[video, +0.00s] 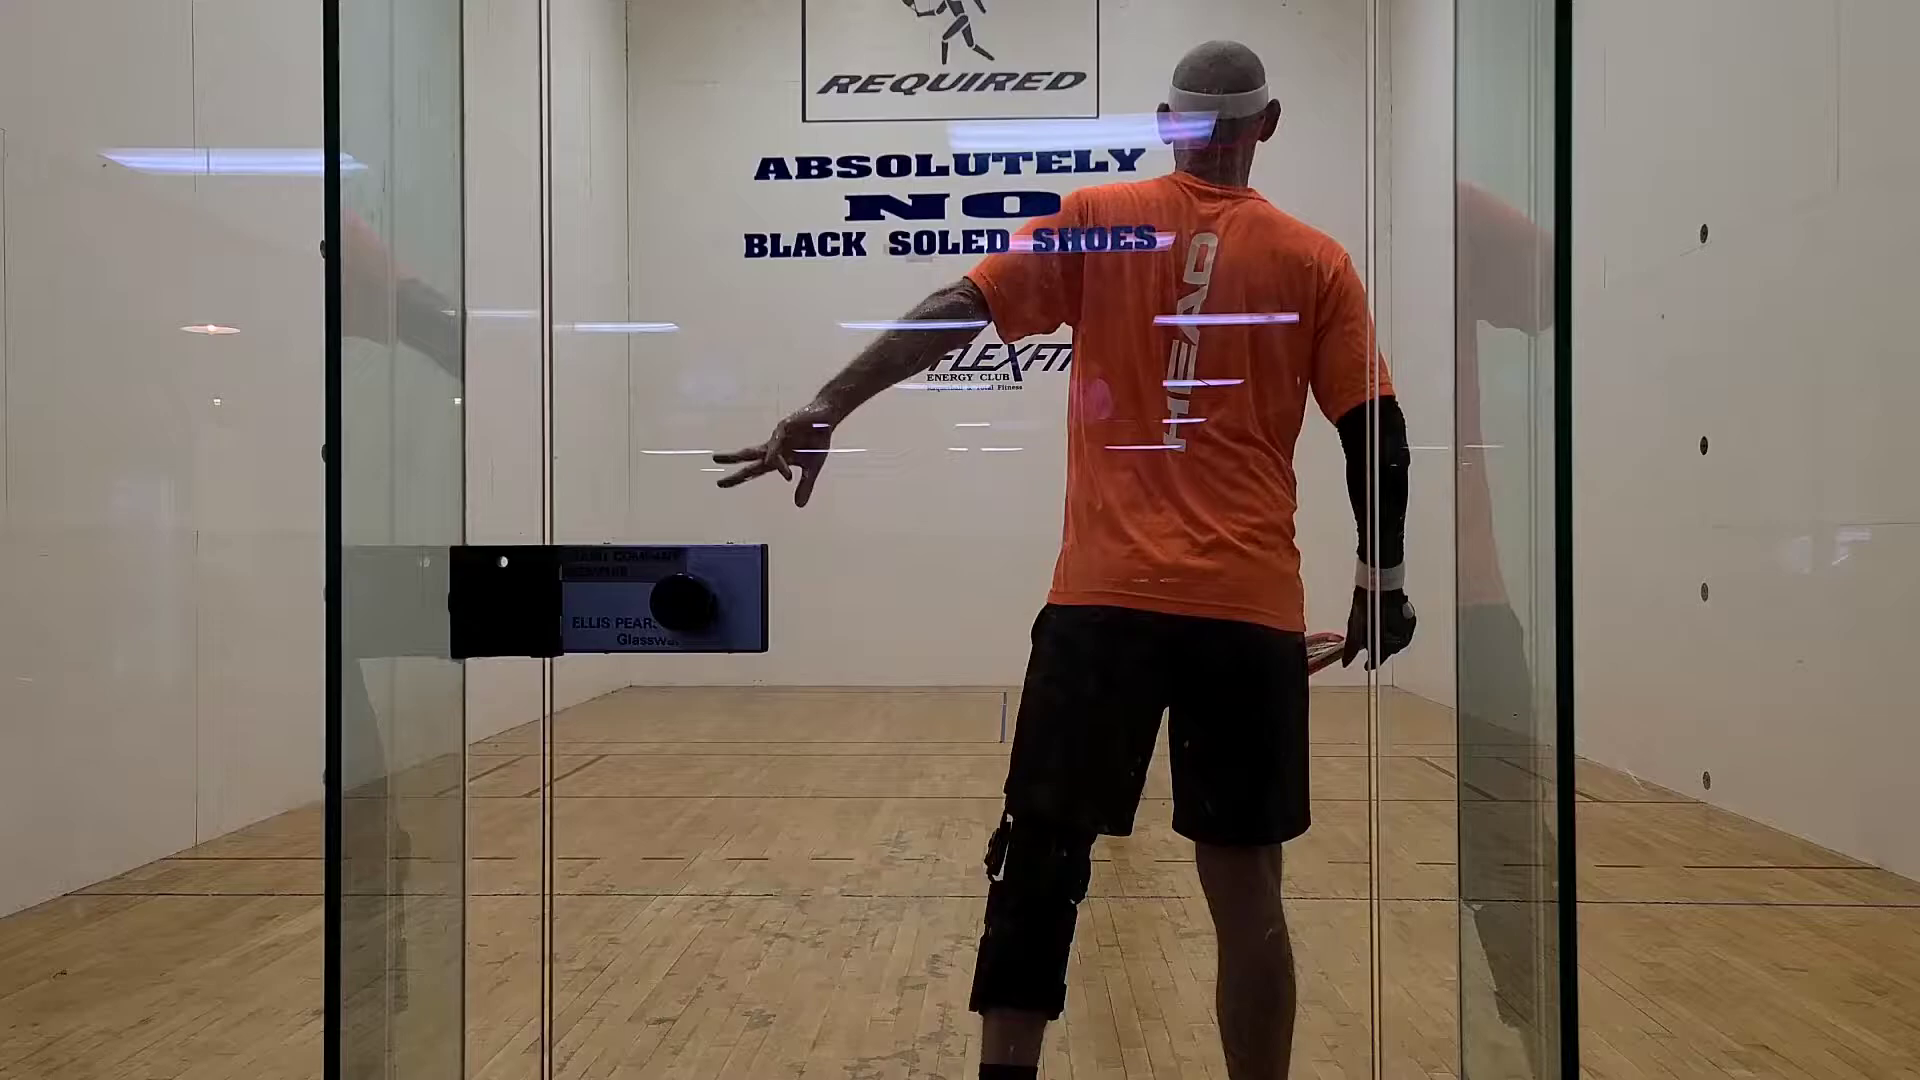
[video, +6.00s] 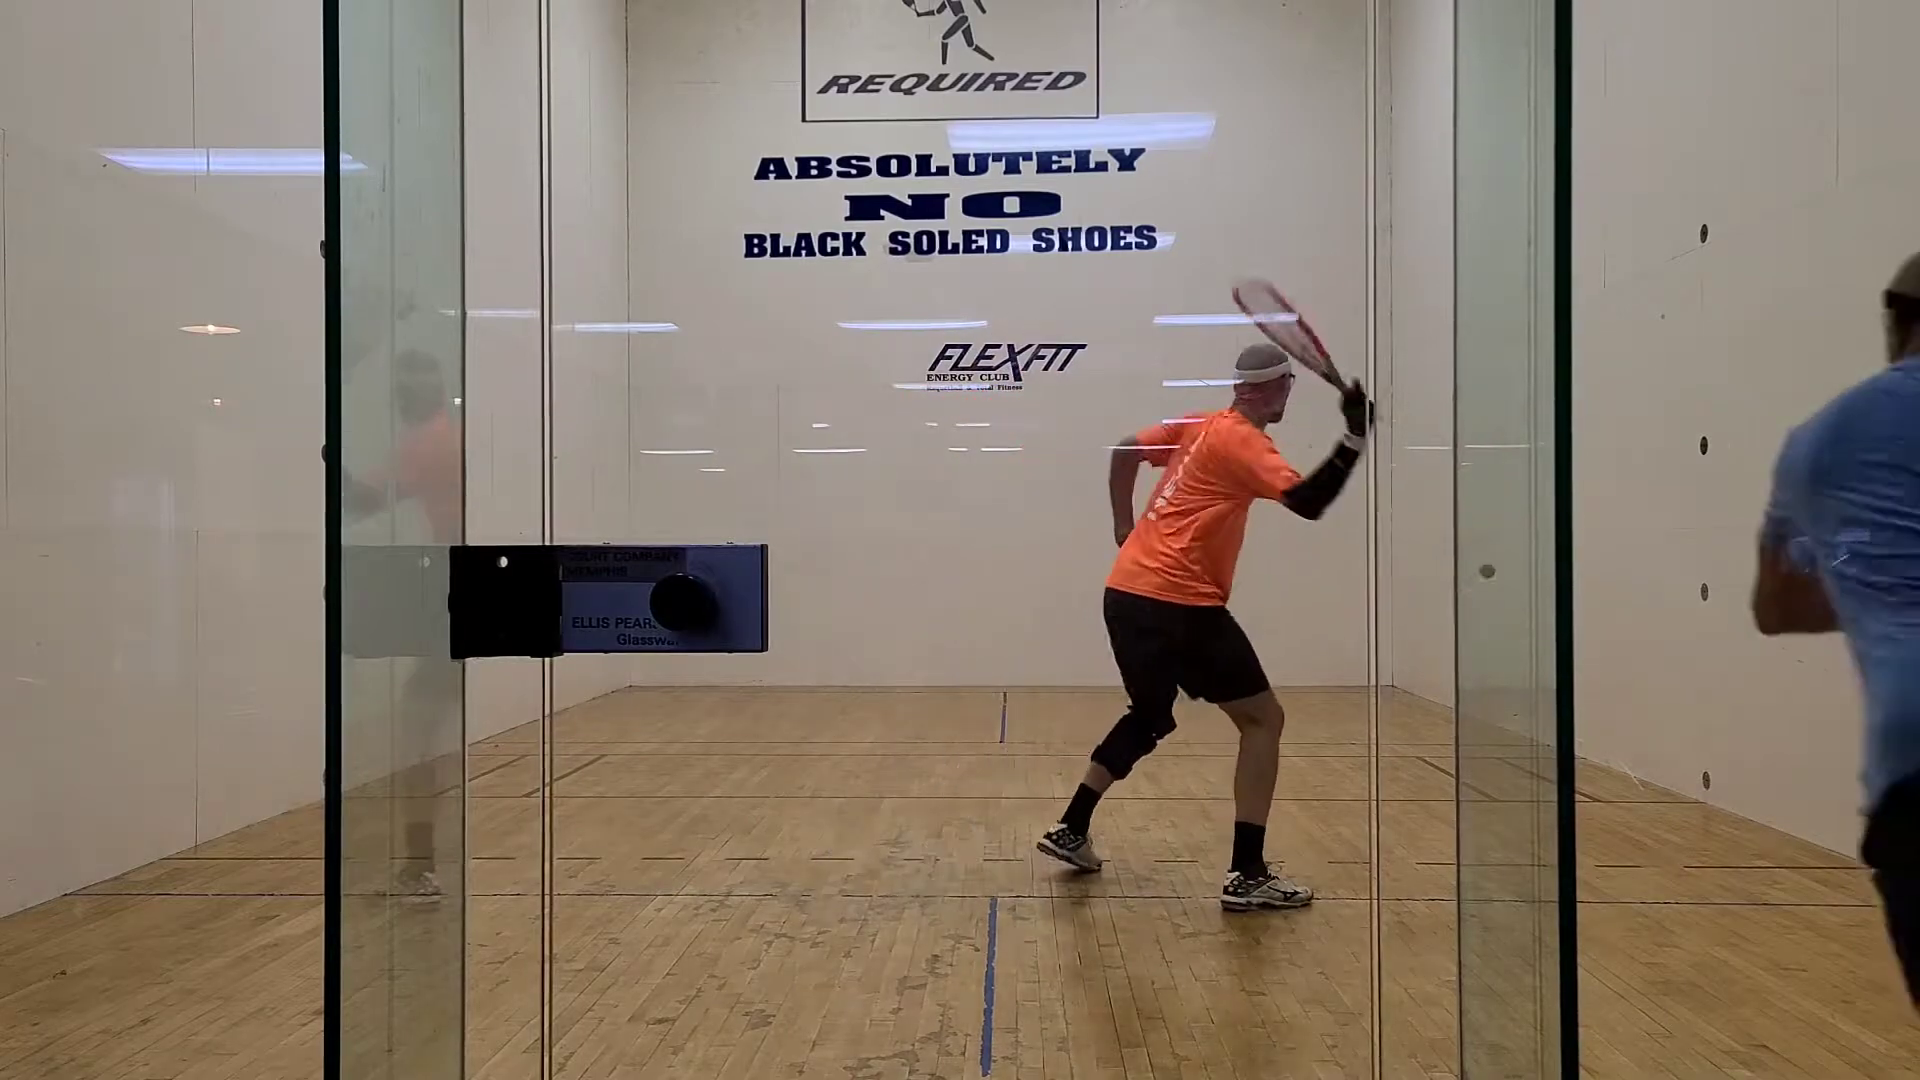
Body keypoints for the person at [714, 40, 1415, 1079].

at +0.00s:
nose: (1213, 145)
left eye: (1220, 124)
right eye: (1217, 123)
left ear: (1166, 122)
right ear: (1264, 126)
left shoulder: (1097, 220)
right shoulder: (1315, 262)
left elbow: (950, 314)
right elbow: (1376, 426)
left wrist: (822, 407)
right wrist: (1380, 573)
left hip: (1099, 604)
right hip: (1248, 611)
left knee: (1039, 864)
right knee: (1245, 889)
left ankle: (1004, 1070)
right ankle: (1262, 1079)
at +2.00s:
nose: (670, 277)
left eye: (674, 265)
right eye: (675, 264)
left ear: (678, 264)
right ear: (743, 265)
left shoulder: (704, 310)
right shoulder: (758, 336)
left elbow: (702, 398)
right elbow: (738, 493)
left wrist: (595, 508)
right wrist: (620, 485)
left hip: (775, 608)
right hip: (843, 604)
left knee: (683, 797)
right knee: (771, 797)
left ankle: (718, 1032)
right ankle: (892, 981)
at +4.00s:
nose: (713, 377)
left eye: (709, 367)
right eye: (705, 368)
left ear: (661, 378)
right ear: (674, 376)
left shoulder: (614, 418)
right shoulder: (679, 431)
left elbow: (593, 510)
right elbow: (661, 521)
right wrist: (696, 596)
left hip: (567, 591)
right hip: (624, 597)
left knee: (526, 723)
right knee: (683, 710)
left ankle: (429, 839)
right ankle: (669, 853)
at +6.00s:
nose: (1286, 400)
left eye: (1286, 388)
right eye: (1281, 389)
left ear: (1241, 388)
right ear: (1260, 390)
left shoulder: (1202, 426)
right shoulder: (1241, 439)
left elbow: (1125, 452)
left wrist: (1123, 525)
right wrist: (1355, 437)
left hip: (1130, 592)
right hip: (1184, 602)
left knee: (1149, 715)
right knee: (1262, 720)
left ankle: (1071, 828)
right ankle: (1247, 874)